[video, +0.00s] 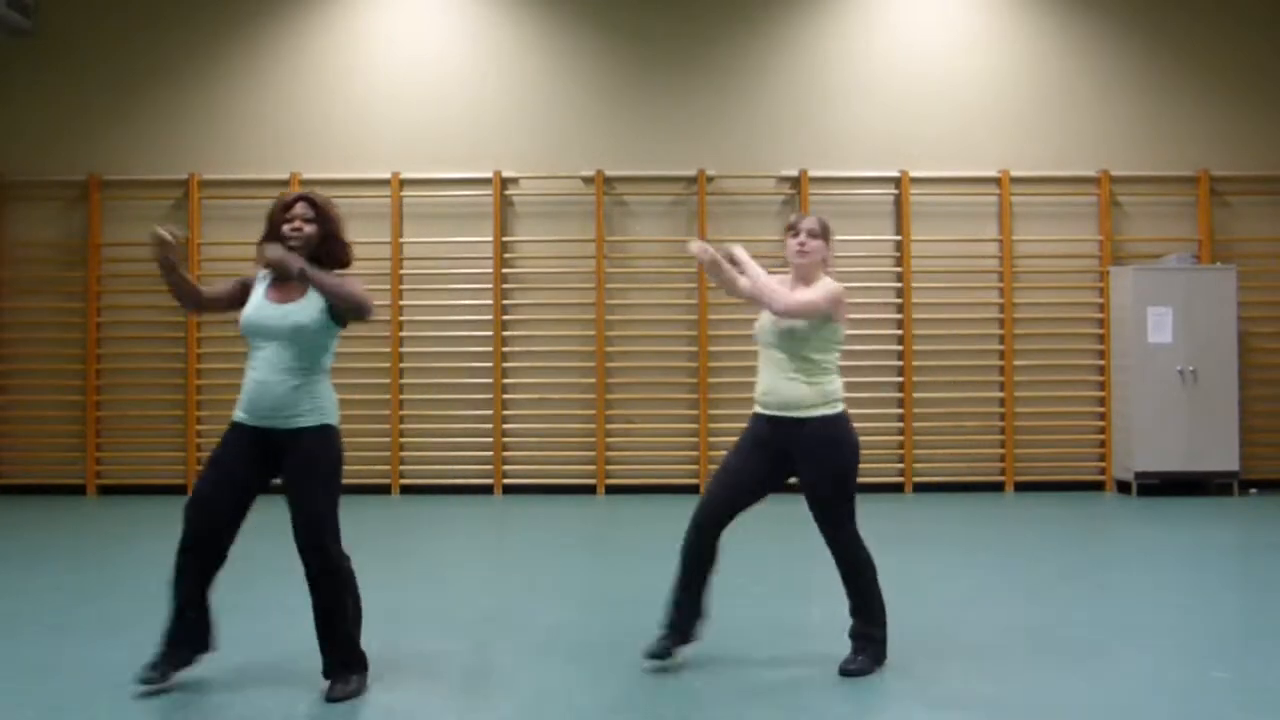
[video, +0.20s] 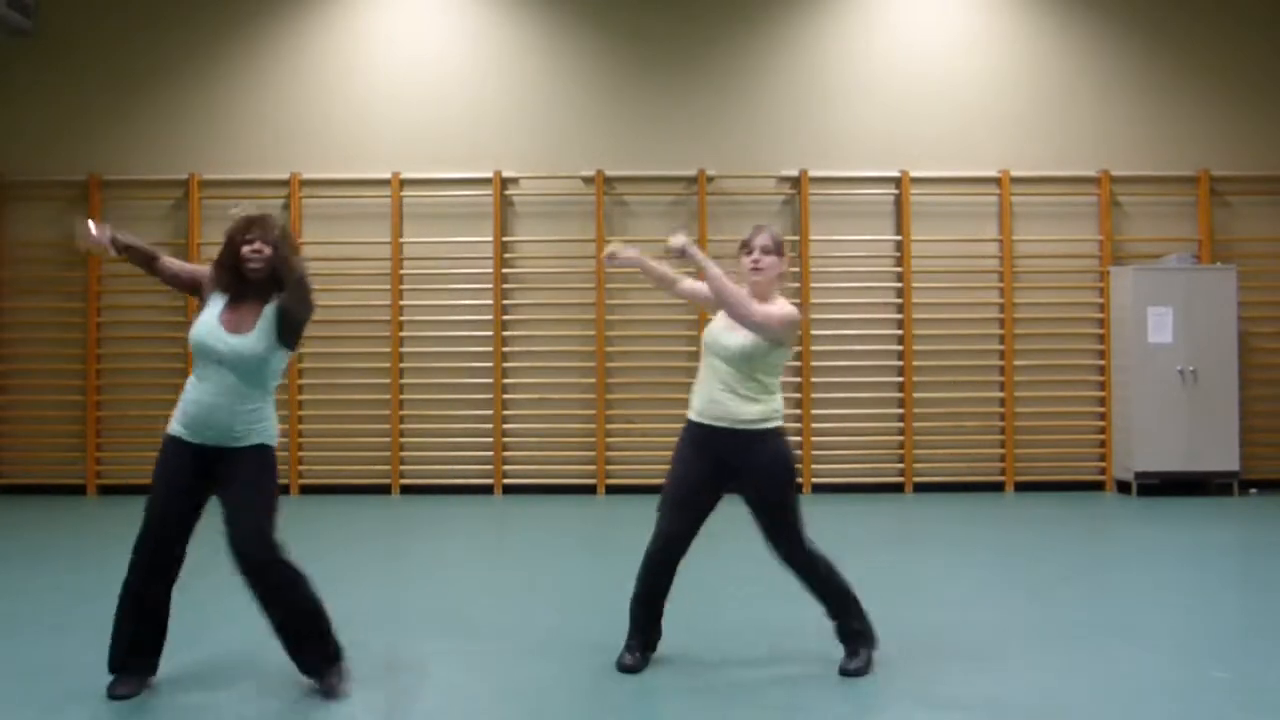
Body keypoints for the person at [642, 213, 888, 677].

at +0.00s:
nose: (803, 241)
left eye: (812, 236)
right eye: (796, 234)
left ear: (827, 248)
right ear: (785, 244)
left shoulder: (831, 292)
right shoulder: (771, 285)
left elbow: (783, 305)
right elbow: (736, 284)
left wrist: (744, 262)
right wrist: (711, 262)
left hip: (823, 433)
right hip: (767, 431)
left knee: (843, 539)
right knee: (706, 519)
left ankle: (870, 644)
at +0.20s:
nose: (756, 259)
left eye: (766, 253)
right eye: (750, 253)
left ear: (784, 263)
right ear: (739, 262)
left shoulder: (786, 314)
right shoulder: (726, 300)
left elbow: (743, 310)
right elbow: (680, 284)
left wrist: (698, 257)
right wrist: (639, 261)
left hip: (759, 445)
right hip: (702, 440)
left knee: (791, 548)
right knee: (664, 546)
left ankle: (857, 635)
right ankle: (639, 640)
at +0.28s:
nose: (742, 261)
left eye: (751, 255)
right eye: (735, 255)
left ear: (768, 263)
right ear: (726, 263)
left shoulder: (779, 313)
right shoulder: (709, 298)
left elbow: (751, 348)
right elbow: (659, 307)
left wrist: (697, 323)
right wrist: (608, 307)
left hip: (742, 443)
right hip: (686, 431)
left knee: (744, 557)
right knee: (656, 546)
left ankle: (806, 624)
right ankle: (639, 641)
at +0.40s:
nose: (722, 267)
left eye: (732, 260)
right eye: (715, 260)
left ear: (746, 269)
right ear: (704, 269)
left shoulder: (767, 320)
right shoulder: (686, 318)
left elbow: (773, 391)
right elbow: (636, 369)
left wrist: (723, 422)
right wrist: (652, 412)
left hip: (728, 451)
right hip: (671, 440)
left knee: (712, 558)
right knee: (652, 546)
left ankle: (674, 627)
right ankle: (637, 639)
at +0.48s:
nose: (720, 264)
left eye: (729, 257)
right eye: (712, 257)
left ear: (742, 267)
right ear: (699, 267)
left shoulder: (765, 316)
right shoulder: (682, 319)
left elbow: (799, 369)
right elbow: (662, 391)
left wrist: (770, 400)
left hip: (729, 449)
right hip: (672, 440)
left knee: (729, 547)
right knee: (653, 546)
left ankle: (699, 616)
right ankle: (636, 640)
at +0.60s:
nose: (734, 244)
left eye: (743, 237)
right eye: (724, 238)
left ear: (755, 248)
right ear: (711, 250)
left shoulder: (774, 287)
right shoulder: (702, 297)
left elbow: (821, 298)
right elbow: (728, 347)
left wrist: (825, 312)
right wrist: (777, 305)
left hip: (745, 428)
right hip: (687, 424)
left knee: (783, 518)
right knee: (662, 532)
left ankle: (767, 614)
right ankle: (635, 641)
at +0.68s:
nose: (748, 239)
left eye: (756, 232)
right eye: (737, 233)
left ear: (767, 241)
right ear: (725, 244)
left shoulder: (784, 280)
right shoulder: (719, 286)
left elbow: (825, 280)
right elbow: (763, 308)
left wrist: (867, 274)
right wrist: (810, 267)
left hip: (761, 423)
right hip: (705, 420)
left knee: (805, 517)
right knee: (674, 530)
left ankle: (811, 622)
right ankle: (636, 640)